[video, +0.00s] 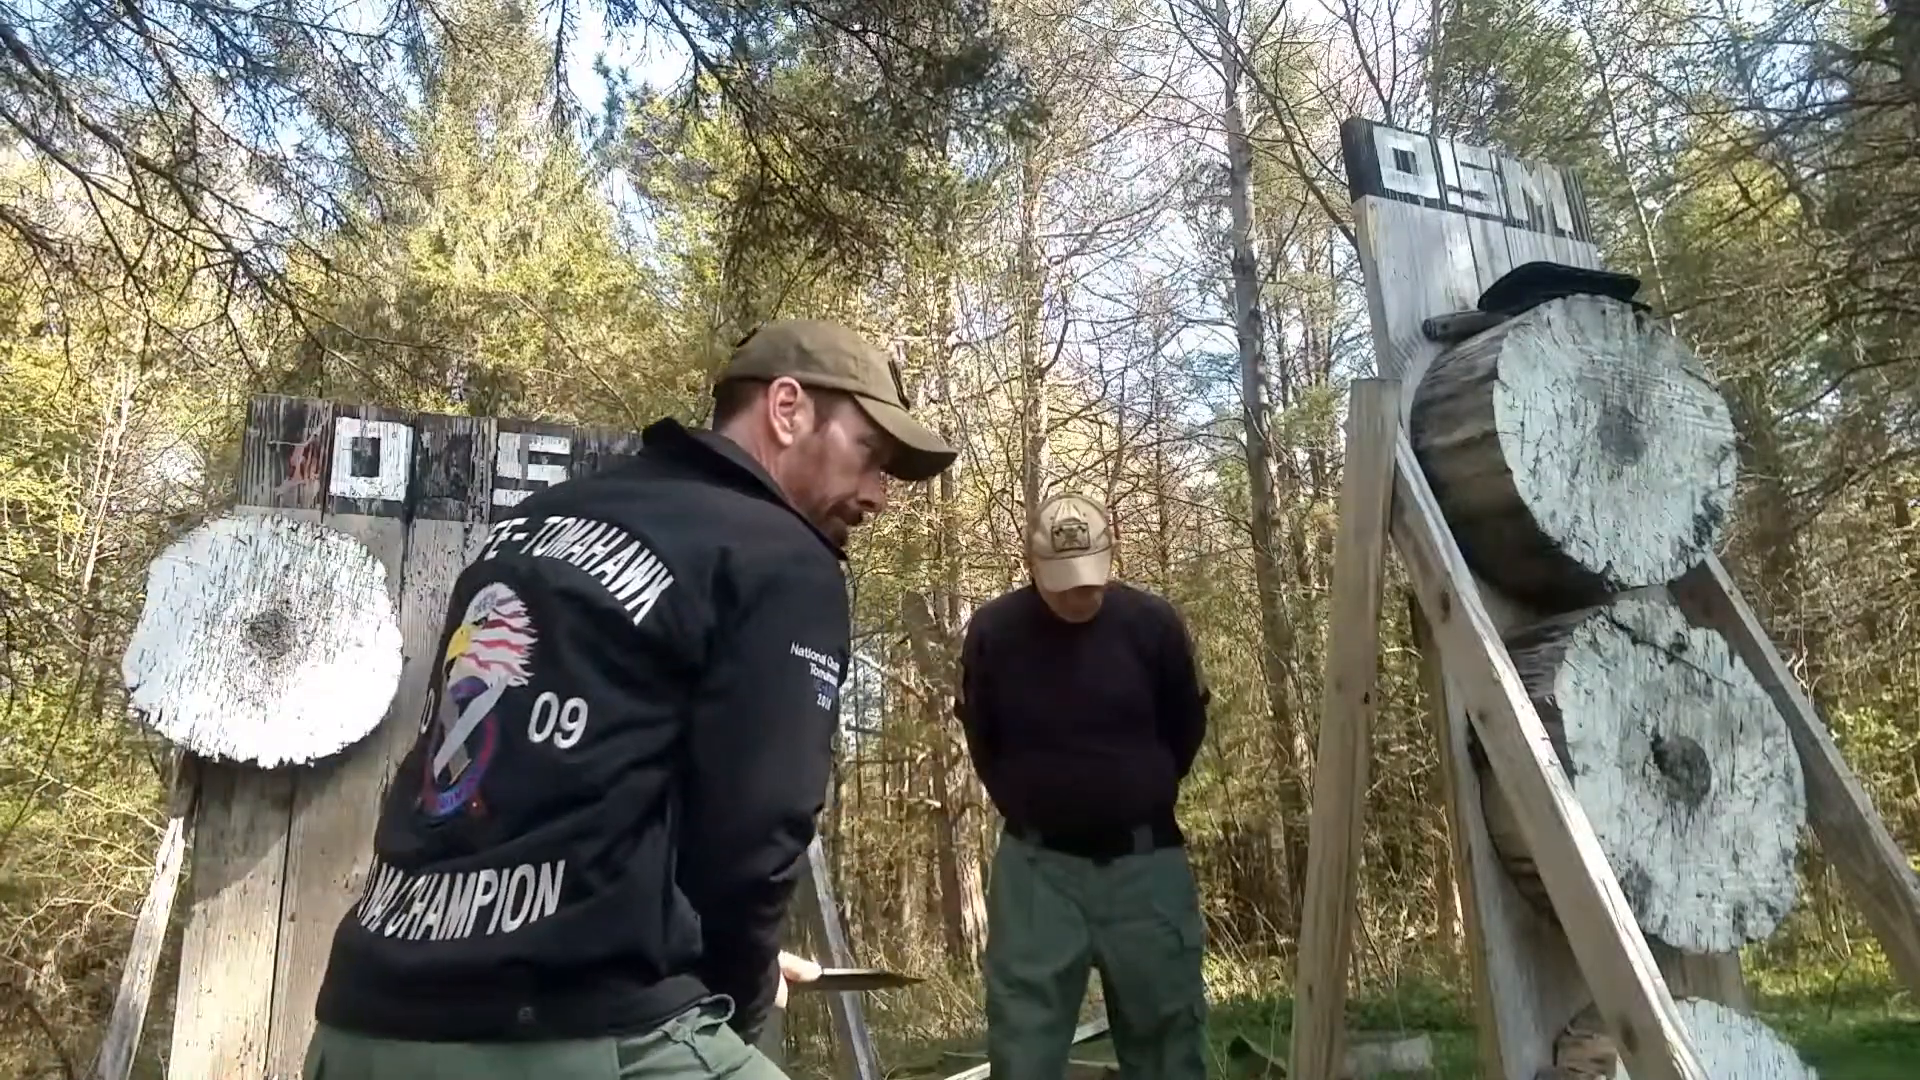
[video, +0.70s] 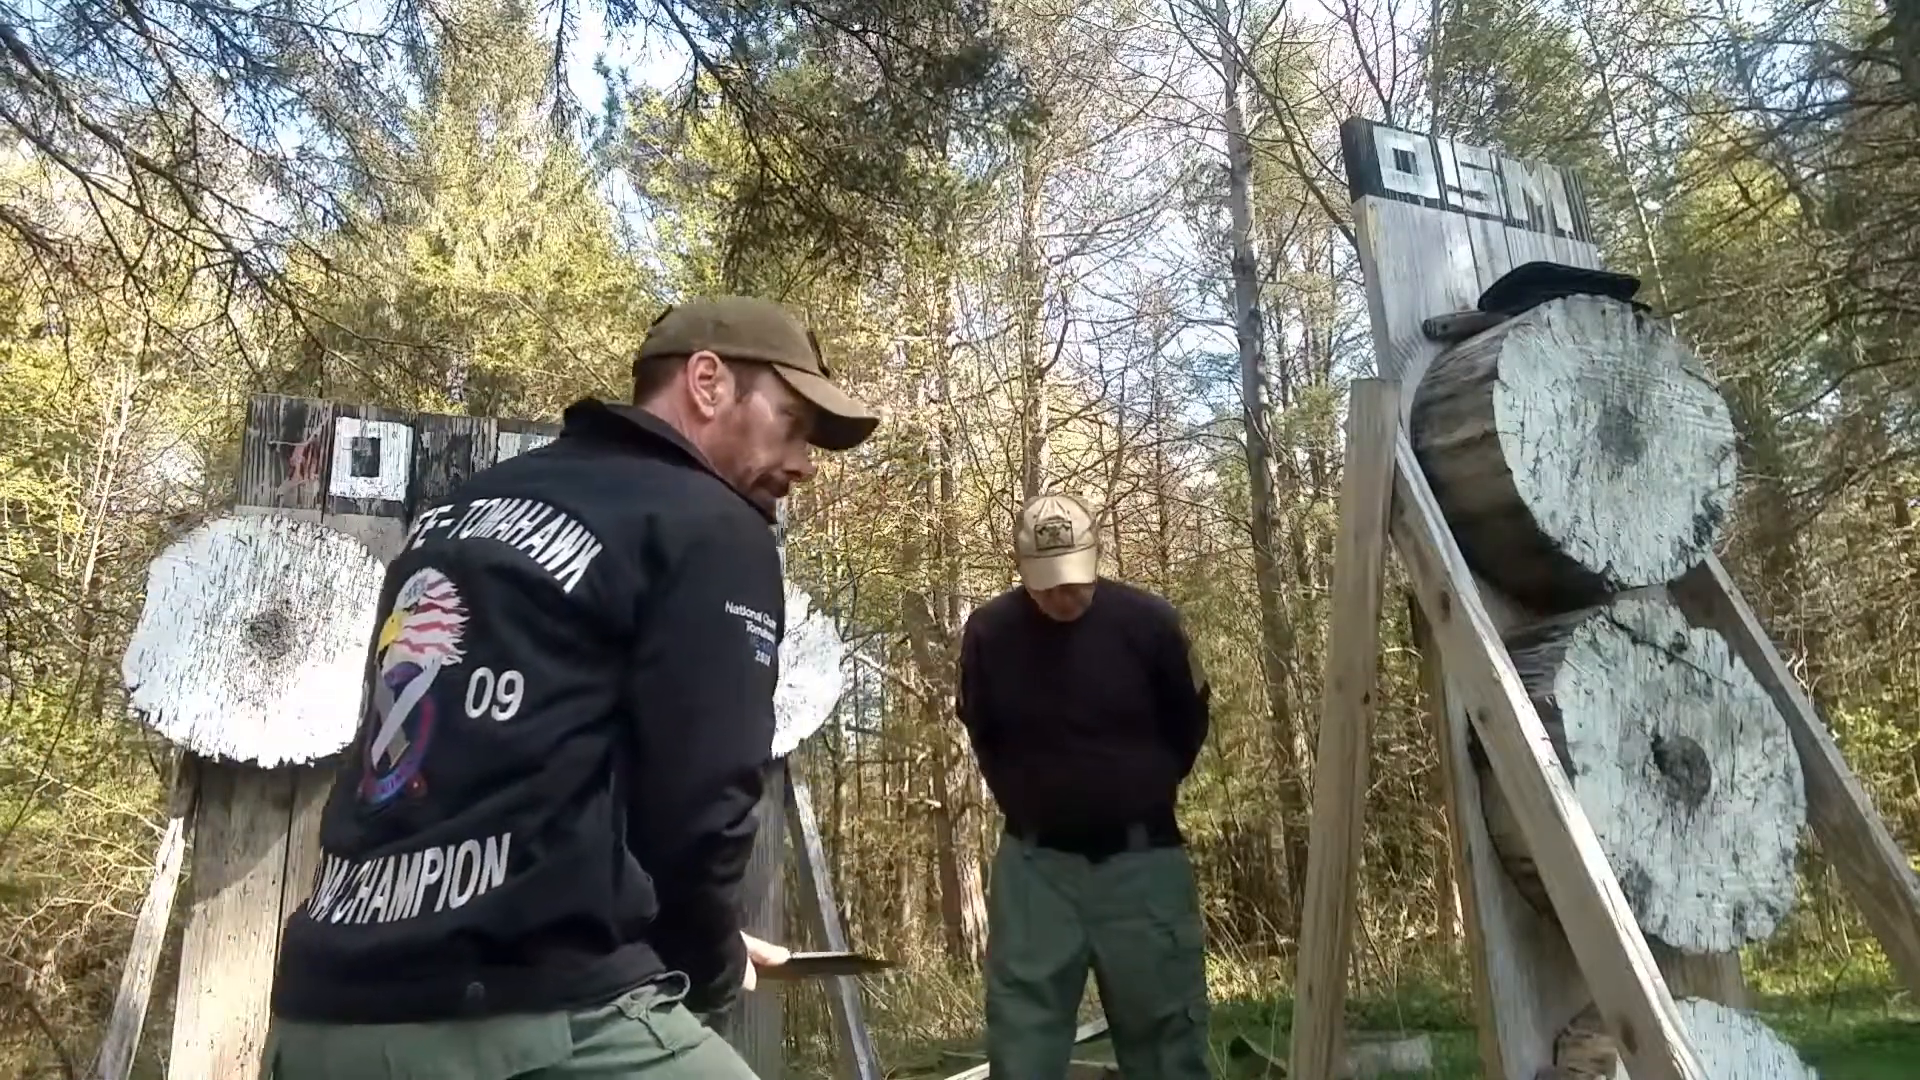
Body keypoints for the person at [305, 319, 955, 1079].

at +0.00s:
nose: (881, 495)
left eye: (889, 470)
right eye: (872, 455)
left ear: (775, 413)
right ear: (785, 411)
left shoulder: (548, 510)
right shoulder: (782, 559)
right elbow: (752, 833)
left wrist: (738, 951)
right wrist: (742, 994)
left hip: (374, 1014)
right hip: (595, 1026)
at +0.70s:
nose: (805, 466)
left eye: (813, 440)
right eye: (794, 424)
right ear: (706, 383)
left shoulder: (464, 498)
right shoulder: (710, 523)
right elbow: (697, 813)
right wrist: (714, 967)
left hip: (327, 1015)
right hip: (547, 1011)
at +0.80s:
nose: (751, 458)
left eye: (756, 430)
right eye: (739, 416)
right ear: (650, 381)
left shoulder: (419, 506)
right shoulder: (662, 519)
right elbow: (656, 797)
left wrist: (680, 928)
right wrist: (685, 966)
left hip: (298, 1016)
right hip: (512, 1008)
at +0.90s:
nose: (684, 456)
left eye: (690, 430)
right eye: (669, 417)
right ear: (577, 385)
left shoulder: (352, 519)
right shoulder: (591, 519)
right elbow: (593, 795)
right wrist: (640, 967)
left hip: (252, 1017)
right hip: (456, 1008)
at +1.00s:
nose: (605, 455)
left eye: (609, 429)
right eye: (586, 413)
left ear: (492, 393)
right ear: (497, 389)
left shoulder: (271, 527)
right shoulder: (508, 518)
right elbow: (514, 794)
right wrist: (581, 964)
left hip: (182, 1023)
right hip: (385, 1012)